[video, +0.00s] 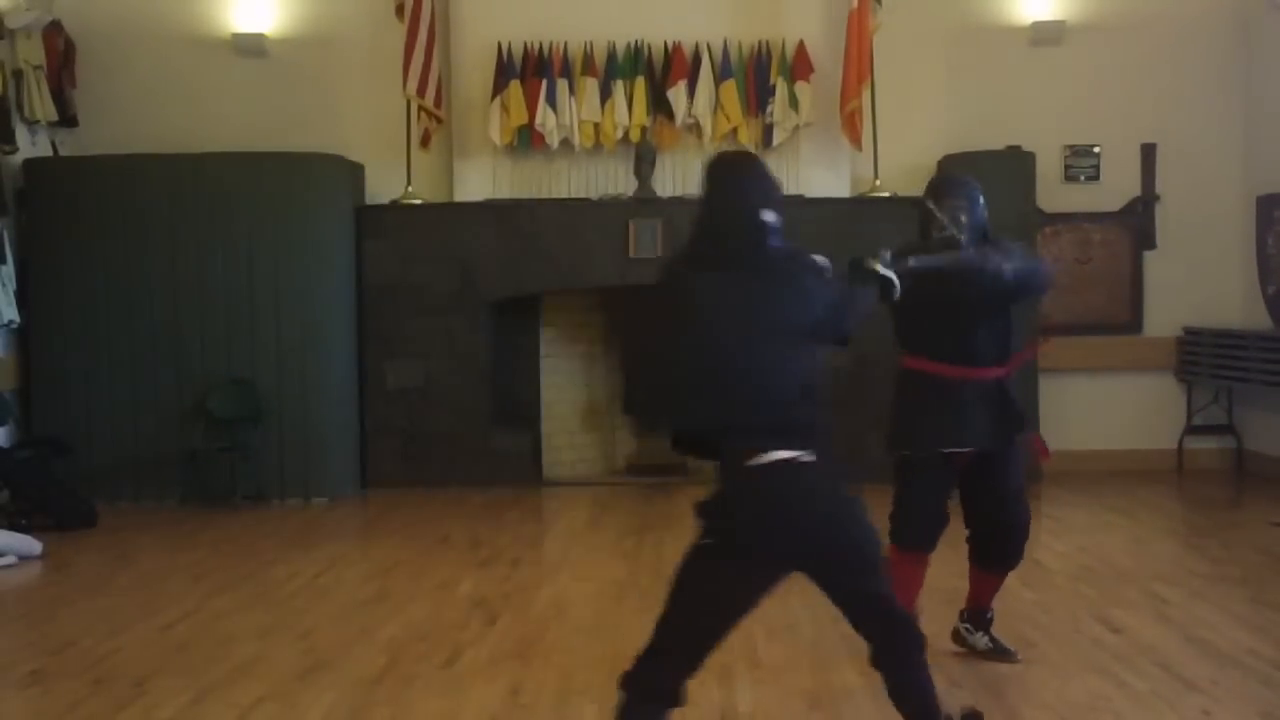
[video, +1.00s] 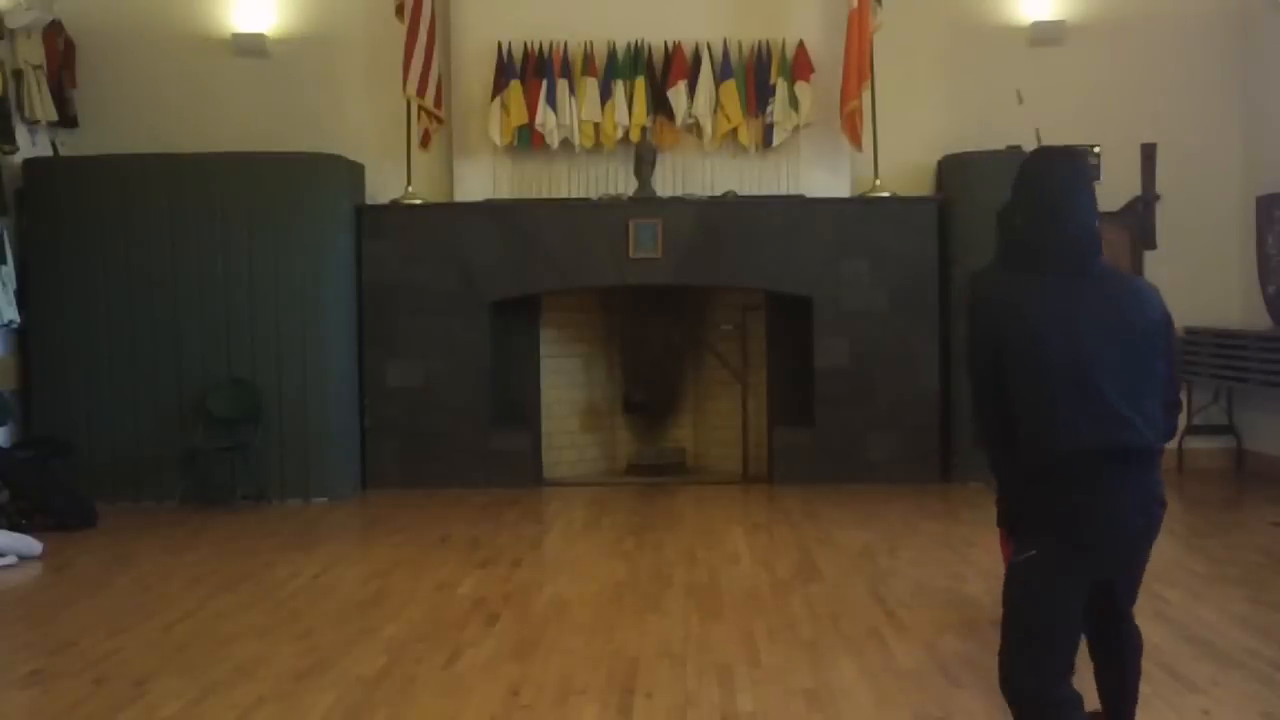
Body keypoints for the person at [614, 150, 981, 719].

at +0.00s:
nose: (779, 212)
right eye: (774, 200)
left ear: (710, 206)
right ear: (768, 205)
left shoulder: (682, 279)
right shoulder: (795, 272)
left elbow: (655, 404)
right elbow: (843, 318)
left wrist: (726, 442)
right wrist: (871, 279)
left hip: (746, 503)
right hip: (814, 497)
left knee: (660, 669)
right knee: (893, 632)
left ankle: (638, 708)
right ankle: (929, 713)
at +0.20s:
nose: (925, 224)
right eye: (920, 213)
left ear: (854, 224)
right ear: (918, 225)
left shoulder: (826, 302)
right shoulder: (945, 297)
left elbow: (815, 420)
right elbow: (990, 396)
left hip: (893, 513)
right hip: (969, 505)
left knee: (813, 670)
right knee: (971, 622)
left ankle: (874, 710)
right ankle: (973, 712)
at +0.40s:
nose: (999, 240)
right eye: (994, 228)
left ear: (920, 233)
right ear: (992, 231)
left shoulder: (895, 307)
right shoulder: (1024, 284)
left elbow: (895, 431)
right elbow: (1087, 335)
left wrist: (957, 482)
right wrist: (1043, 400)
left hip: (990, 508)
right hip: (1051, 497)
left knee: (992, 676)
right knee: (1034, 650)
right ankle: (1046, 707)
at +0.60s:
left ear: (968, 238)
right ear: (1033, 232)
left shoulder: (954, 319)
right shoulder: (1071, 295)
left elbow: (951, 448)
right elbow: (1104, 358)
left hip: (1025, 518)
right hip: (1104, 508)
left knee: (1009, 690)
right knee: (1082, 610)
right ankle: (1102, 712)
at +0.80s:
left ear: (1000, 239)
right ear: (1067, 237)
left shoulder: (984, 318)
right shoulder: (1113, 319)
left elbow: (982, 434)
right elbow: (1138, 415)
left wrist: (1024, 473)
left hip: (1055, 522)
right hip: (1133, 513)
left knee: (1005, 682)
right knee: (1099, 607)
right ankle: (1114, 713)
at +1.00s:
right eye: (1090, 207)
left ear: (1019, 216)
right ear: (1090, 216)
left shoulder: (997, 297)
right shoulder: (1141, 300)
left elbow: (993, 418)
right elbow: (1165, 414)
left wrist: (1010, 508)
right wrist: (1130, 473)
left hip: (1049, 503)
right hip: (1133, 501)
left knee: (1031, 677)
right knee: (1114, 621)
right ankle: (1120, 711)